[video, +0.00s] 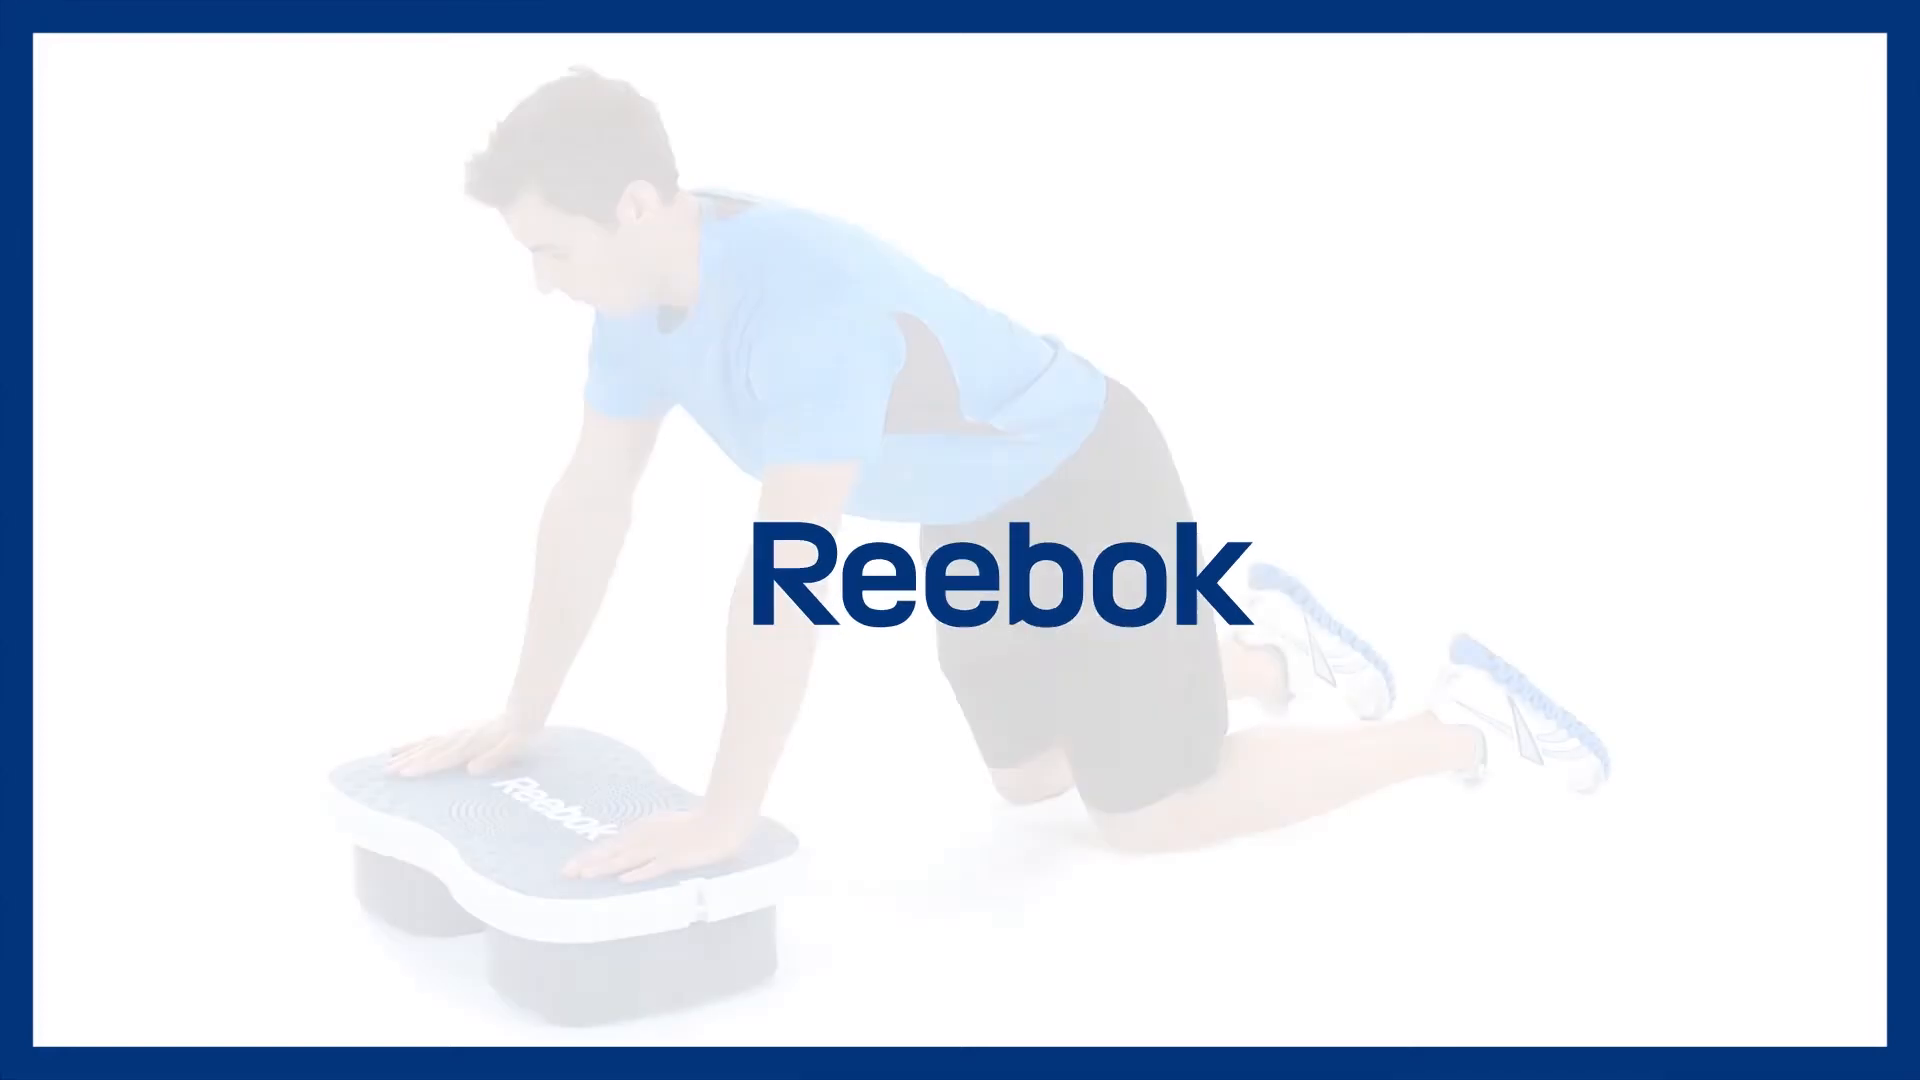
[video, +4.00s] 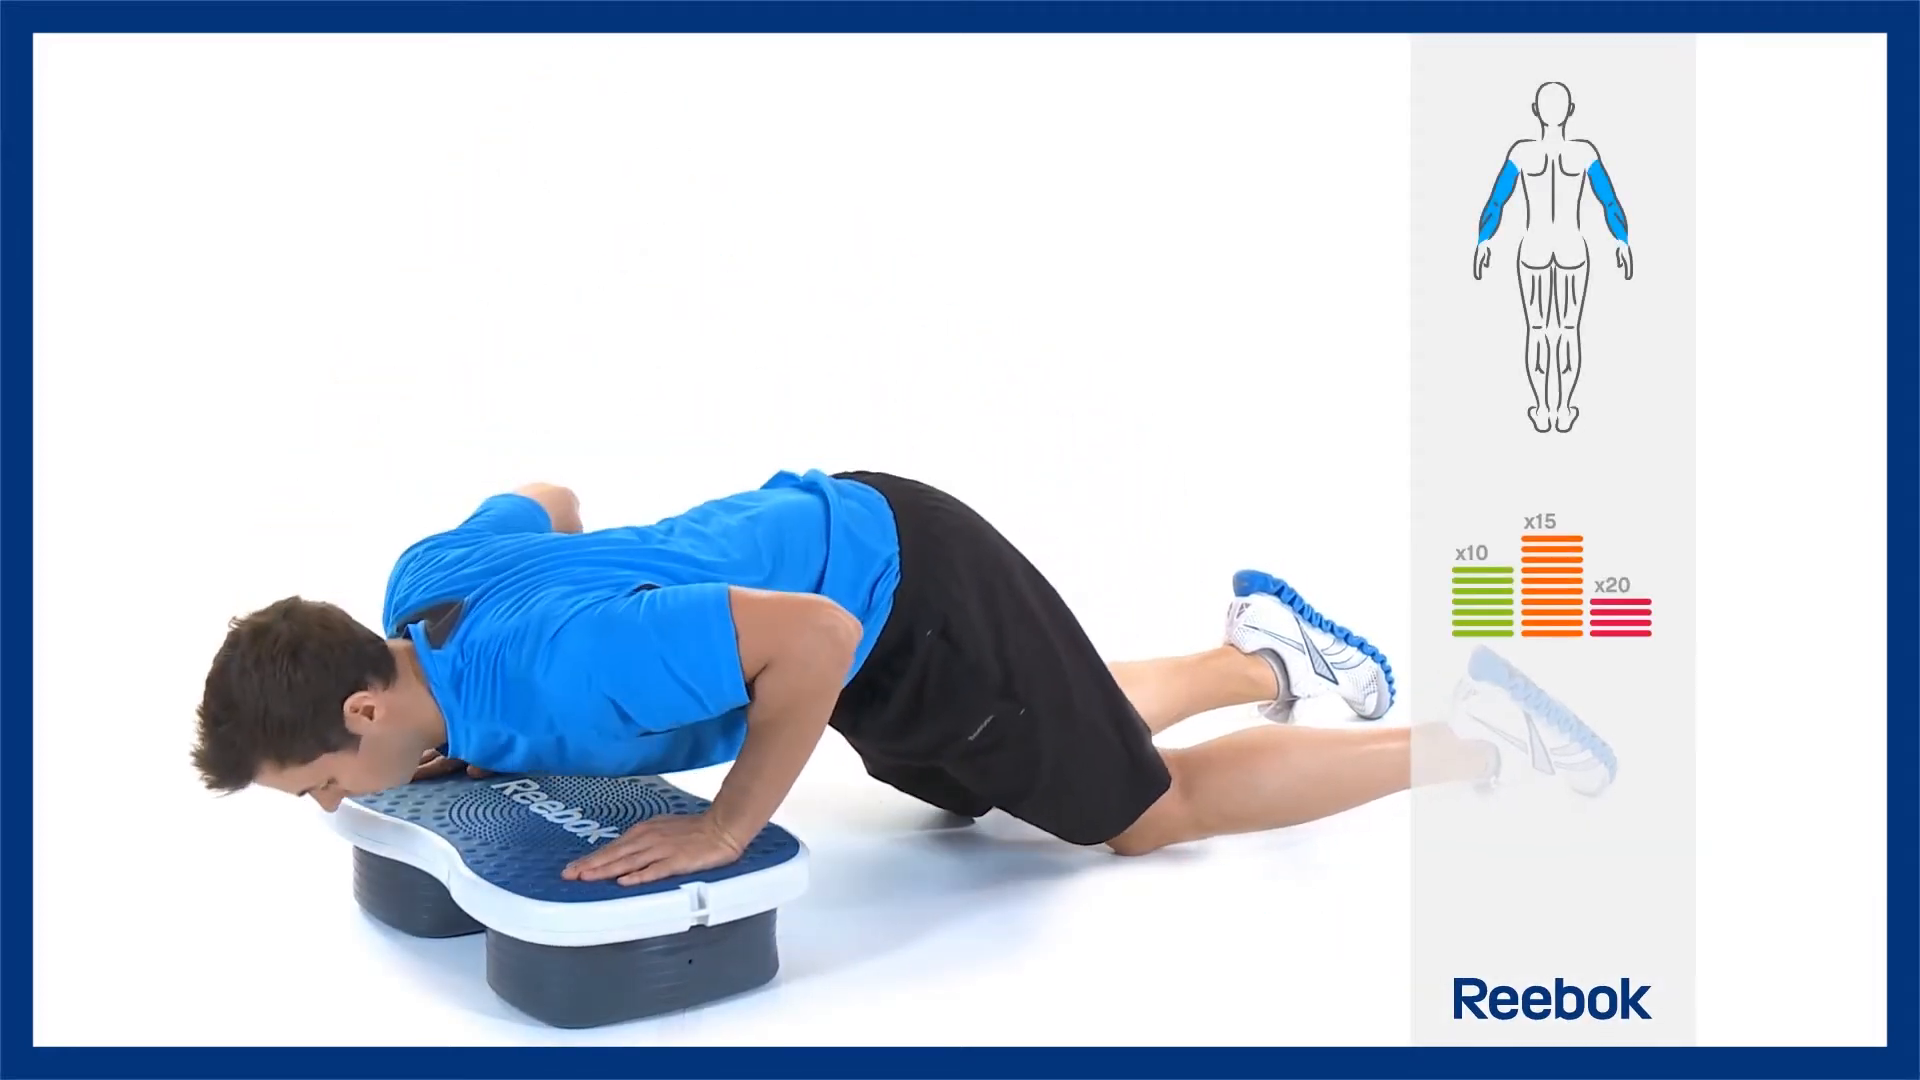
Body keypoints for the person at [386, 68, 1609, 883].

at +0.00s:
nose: (536, 278)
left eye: (545, 247)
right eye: (525, 252)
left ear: (636, 204)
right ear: (612, 214)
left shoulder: (800, 303)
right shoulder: (639, 307)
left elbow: (790, 587)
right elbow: (589, 505)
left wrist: (729, 811)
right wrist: (523, 716)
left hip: (1084, 489)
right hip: (954, 527)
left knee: (1158, 813)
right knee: (1039, 778)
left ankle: (1467, 733)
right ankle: (1277, 666)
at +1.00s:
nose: (538, 273)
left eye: (549, 242)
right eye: (527, 247)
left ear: (640, 200)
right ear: (612, 212)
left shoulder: (804, 302)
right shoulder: (636, 311)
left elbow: (787, 585)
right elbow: (589, 510)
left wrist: (727, 814)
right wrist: (525, 715)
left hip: (1076, 477)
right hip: (958, 517)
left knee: (1154, 807)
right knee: (1039, 777)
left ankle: (1449, 734)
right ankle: (1262, 659)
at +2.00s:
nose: (542, 271)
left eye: (553, 240)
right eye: (530, 244)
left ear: (645, 201)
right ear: (615, 214)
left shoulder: (807, 304)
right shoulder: (631, 304)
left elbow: (787, 587)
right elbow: (588, 508)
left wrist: (729, 811)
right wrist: (525, 714)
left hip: (1082, 483)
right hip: (962, 521)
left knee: (1155, 810)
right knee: (1040, 775)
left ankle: (1451, 735)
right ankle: (1280, 652)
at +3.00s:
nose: (500, 343)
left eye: (504, 314)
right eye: (484, 322)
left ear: (587, 256)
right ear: (567, 262)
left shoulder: (759, 352)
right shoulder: (598, 340)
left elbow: (834, 611)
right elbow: (584, 520)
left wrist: (729, 817)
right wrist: (519, 719)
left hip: (1054, 488)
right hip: (943, 536)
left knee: (1150, 811)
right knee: (1032, 775)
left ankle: (1470, 746)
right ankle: (1267, 665)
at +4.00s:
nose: (329, 811)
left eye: (317, 791)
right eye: (301, 803)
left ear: (365, 713)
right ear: (352, 679)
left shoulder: (571, 673)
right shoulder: (421, 588)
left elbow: (815, 636)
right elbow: (553, 498)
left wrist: (730, 822)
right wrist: (516, 689)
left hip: (915, 600)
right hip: (838, 628)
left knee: (1149, 809)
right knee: (1044, 756)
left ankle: (1470, 750)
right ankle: (1255, 657)